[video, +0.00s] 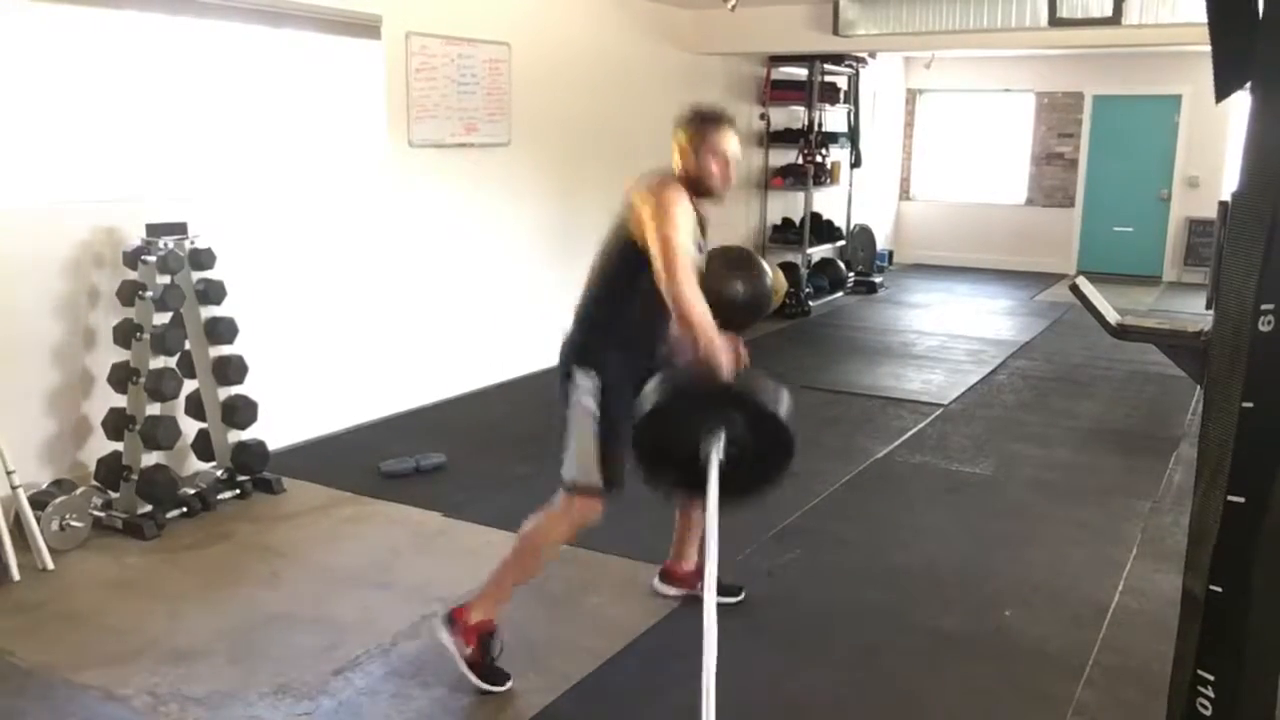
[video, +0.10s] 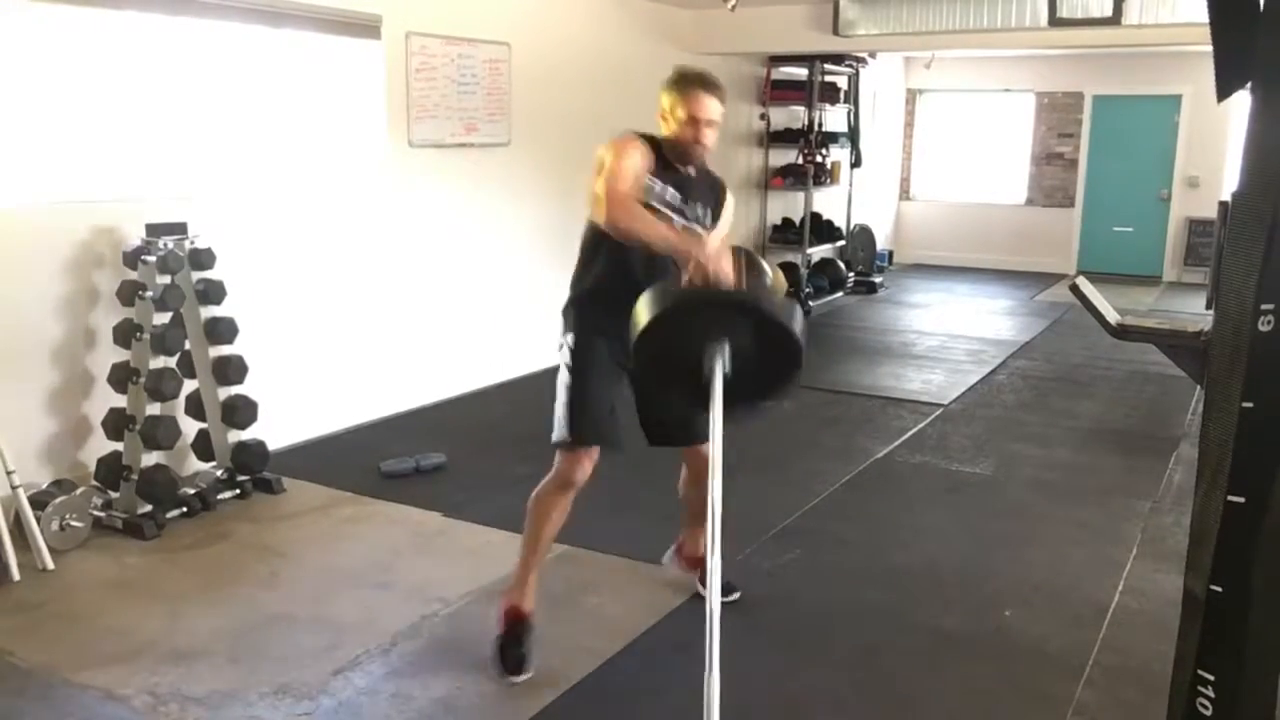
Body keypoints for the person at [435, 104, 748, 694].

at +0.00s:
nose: (727, 168)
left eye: (730, 157)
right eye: (716, 155)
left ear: (726, 159)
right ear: (687, 153)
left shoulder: (686, 208)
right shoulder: (663, 196)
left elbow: (678, 288)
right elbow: (675, 278)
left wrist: (707, 342)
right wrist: (715, 347)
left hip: (648, 359)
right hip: (598, 363)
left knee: (701, 445)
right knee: (582, 503)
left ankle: (683, 564)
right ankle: (475, 617)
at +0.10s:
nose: (705, 135)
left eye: (713, 125)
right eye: (695, 122)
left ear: (720, 126)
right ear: (668, 115)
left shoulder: (714, 192)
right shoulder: (631, 151)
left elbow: (710, 275)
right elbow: (618, 212)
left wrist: (720, 331)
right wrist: (695, 246)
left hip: (666, 328)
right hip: (599, 322)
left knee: (703, 452)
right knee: (575, 466)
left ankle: (693, 549)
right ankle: (519, 601)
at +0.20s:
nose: (677, 128)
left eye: (687, 118)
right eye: (668, 116)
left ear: (699, 120)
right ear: (646, 112)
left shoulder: (711, 176)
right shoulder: (605, 159)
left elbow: (730, 254)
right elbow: (540, 228)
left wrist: (721, 206)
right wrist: (559, 190)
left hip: (673, 336)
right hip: (605, 330)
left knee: (696, 466)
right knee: (574, 463)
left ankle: (728, 540)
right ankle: (531, 596)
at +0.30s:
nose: (657, 146)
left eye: (668, 138)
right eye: (649, 135)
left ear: (686, 141)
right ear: (632, 132)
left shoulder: (695, 192)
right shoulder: (602, 187)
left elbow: (734, 202)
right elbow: (552, 252)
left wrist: (722, 135)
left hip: (676, 362)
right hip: (607, 356)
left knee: (700, 480)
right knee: (564, 481)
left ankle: (734, 541)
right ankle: (533, 606)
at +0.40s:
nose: (643, 146)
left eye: (654, 136)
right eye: (638, 134)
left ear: (675, 144)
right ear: (625, 139)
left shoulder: (688, 194)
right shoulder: (599, 203)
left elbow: (716, 143)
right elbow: (583, 275)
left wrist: (716, 79)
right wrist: (555, 319)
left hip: (671, 369)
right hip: (604, 364)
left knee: (695, 482)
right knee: (559, 479)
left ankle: (731, 546)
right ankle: (537, 608)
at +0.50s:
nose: (641, 148)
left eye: (652, 136)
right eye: (634, 136)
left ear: (672, 142)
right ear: (620, 141)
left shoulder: (684, 196)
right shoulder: (596, 202)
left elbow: (709, 141)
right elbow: (575, 269)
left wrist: (703, 78)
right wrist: (569, 301)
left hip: (668, 368)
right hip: (602, 362)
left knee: (690, 480)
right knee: (555, 481)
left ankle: (732, 545)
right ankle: (548, 610)